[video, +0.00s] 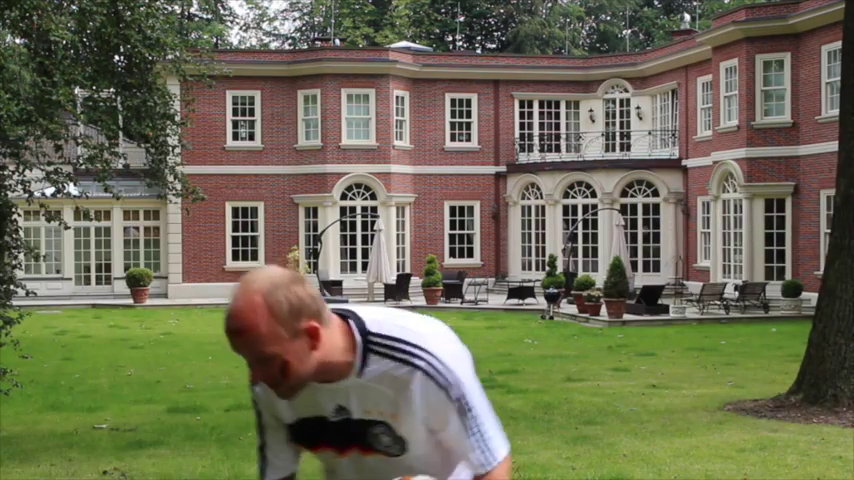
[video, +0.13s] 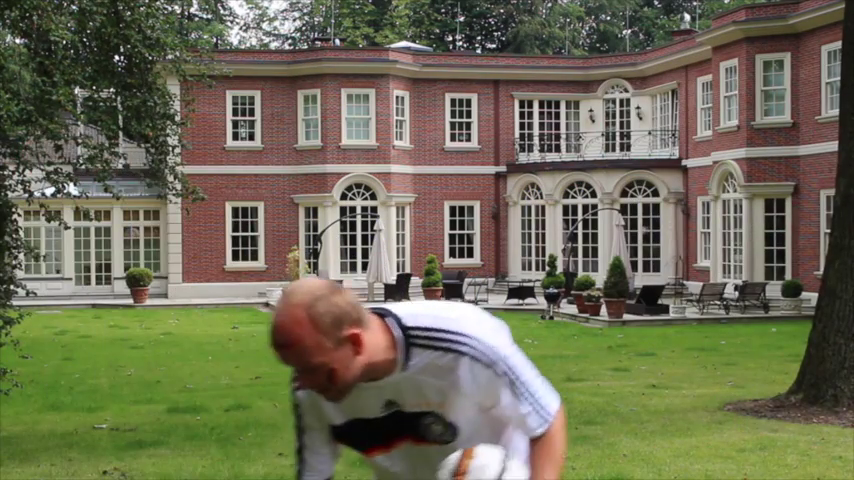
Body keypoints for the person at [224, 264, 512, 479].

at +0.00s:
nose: (256, 379)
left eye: (268, 361)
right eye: (248, 362)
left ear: (311, 335)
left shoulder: (427, 356)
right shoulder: (268, 377)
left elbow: (496, 467)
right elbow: (276, 473)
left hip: (442, 470)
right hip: (351, 470)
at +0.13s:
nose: (302, 385)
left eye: (313, 370)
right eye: (296, 371)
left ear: (355, 343)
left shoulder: (468, 341)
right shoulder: (310, 386)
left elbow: (549, 417)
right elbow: (313, 473)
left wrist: (539, 477)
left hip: (494, 462)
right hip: (404, 470)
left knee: (472, 462)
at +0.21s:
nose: (352, 376)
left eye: (363, 362)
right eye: (343, 363)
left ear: (398, 333)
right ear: (334, 353)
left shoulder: (508, 330)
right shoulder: (345, 383)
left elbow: (579, 400)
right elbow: (351, 472)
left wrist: (576, 472)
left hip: (521, 465)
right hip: (428, 469)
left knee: (523, 444)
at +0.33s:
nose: (439, 350)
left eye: (451, 335)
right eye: (427, 337)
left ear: (482, 301)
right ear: (412, 319)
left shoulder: (556, 298)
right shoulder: (401, 345)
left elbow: (608, 367)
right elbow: (423, 464)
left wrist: (624, 425)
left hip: (557, 467)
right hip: (469, 470)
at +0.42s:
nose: (498, 326)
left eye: (509, 312)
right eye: (484, 314)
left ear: (533, 277)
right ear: (464, 295)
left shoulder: (576, 280)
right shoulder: (435, 320)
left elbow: (614, 368)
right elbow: (463, 440)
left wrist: (647, 393)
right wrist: (569, 475)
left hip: (567, 459)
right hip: (476, 467)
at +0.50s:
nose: (546, 302)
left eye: (556, 288)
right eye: (532, 291)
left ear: (571, 259)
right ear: (500, 263)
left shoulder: (590, 268)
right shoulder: (462, 301)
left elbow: (626, 330)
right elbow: (497, 418)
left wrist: (663, 359)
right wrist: (614, 448)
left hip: (568, 463)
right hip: (480, 466)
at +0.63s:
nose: (596, 268)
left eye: (605, 256)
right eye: (584, 258)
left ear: (614, 236)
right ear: (543, 234)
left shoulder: (596, 269)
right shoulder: (492, 279)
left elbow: (594, 325)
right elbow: (538, 386)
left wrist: (651, 318)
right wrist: (661, 412)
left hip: (555, 452)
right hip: (479, 461)